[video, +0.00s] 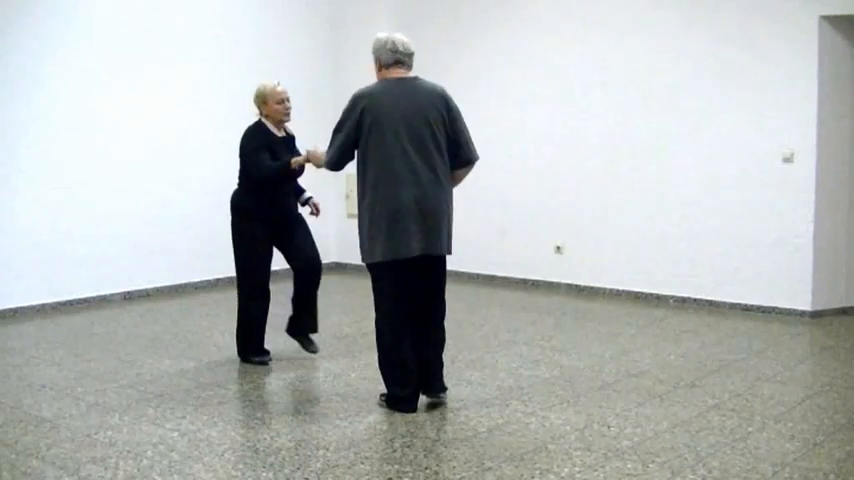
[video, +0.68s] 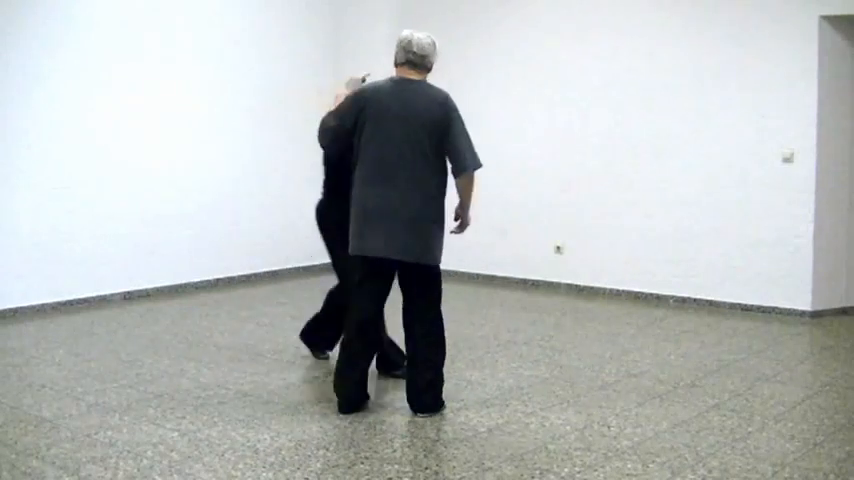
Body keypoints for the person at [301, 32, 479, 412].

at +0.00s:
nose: (373, 70)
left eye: (373, 65)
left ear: (377, 64)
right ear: (411, 62)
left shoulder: (366, 100)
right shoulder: (438, 96)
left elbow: (335, 160)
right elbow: (466, 159)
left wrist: (316, 158)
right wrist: (437, 189)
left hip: (384, 224)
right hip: (434, 222)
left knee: (391, 310)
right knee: (431, 307)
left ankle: (401, 395)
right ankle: (434, 387)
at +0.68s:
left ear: (395, 60)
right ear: (430, 65)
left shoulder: (367, 96)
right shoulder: (441, 102)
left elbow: (328, 137)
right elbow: (465, 166)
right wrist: (464, 206)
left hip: (369, 227)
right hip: (421, 230)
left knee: (362, 312)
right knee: (424, 316)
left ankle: (349, 397)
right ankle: (425, 399)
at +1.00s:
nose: (420, 69)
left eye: (418, 63)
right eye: (419, 64)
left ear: (381, 60)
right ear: (414, 65)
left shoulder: (348, 94)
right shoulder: (412, 102)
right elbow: (425, 172)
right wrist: (435, 202)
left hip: (345, 226)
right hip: (396, 229)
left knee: (347, 316)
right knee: (405, 309)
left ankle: (350, 397)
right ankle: (405, 385)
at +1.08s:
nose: (421, 70)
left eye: (420, 64)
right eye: (420, 64)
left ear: (380, 61)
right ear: (413, 66)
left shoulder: (353, 92)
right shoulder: (409, 102)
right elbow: (418, 172)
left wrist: (411, 85)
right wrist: (434, 195)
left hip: (344, 225)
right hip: (393, 228)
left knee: (347, 317)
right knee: (405, 306)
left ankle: (350, 397)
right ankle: (397, 384)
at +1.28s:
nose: (427, 76)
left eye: (427, 70)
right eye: (426, 71)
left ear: (388, 65)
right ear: (415, 71)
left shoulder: (363, 93)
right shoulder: (406, 109)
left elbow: (404, 82)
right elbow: (410, 176)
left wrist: (442, 68)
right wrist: (442, 190)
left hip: (348, 219)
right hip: (387, 224)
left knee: (353, 310)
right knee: (394, 309)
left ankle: (350, 391)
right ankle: (391, 387)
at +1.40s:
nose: (433, 72)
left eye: (432, 67)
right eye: (431, 67)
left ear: (394, 65)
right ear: (418, 69)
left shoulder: (372, 91)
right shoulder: (406, 107)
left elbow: (424, 83)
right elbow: (413, 178)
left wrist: (461, 65)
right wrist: (451, 187)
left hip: (359, 217)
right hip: (391, 223)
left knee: (372, 298)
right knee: (405, 301)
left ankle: (346, 364)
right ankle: (391, 384)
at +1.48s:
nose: (435, 73)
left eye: (434, 67)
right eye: (432, 67)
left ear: (399, 67)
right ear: (414, 69)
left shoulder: (378, 89)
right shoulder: (402, 105)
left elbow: (431, 83)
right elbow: (415, 175)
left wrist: (469, 64)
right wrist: (460, 184)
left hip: (367, 213)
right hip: (392, 220)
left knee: (381, 292)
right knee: (406, 299)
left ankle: (349, 358)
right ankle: (390, 385)